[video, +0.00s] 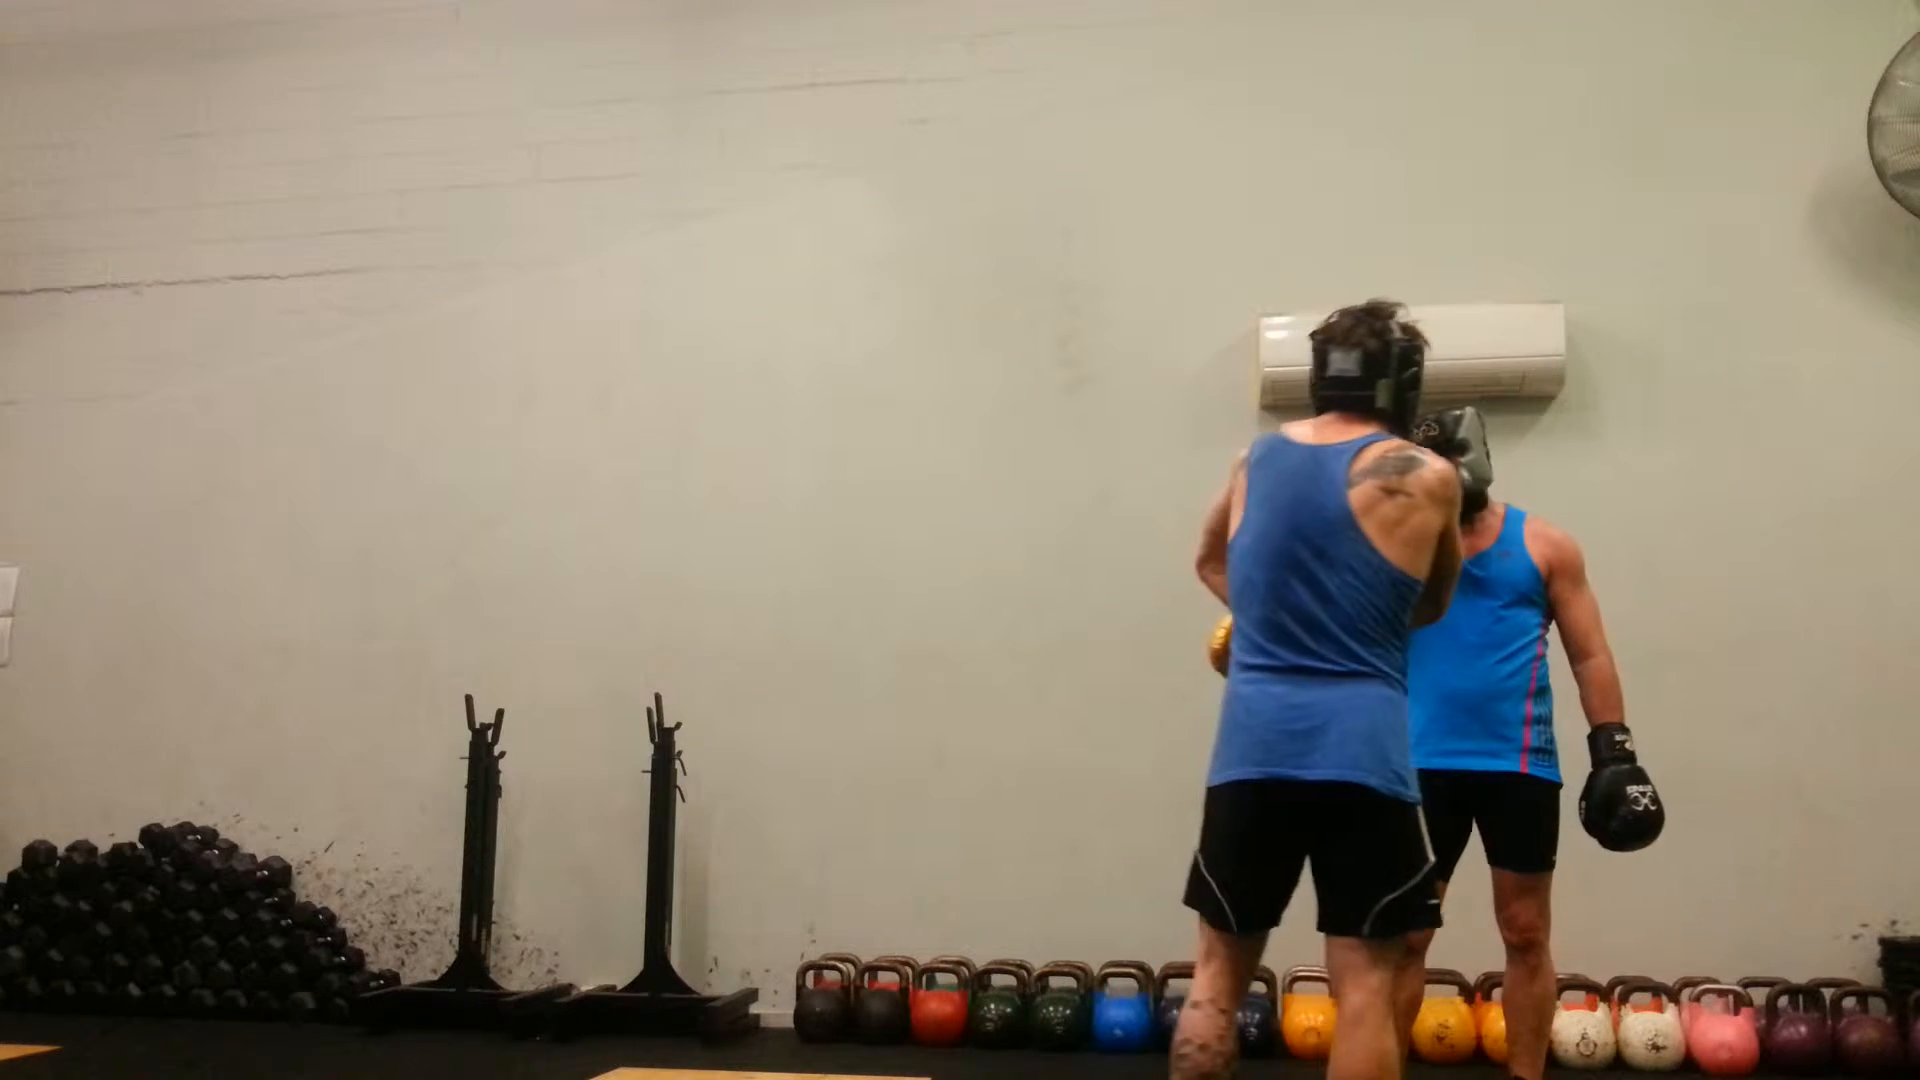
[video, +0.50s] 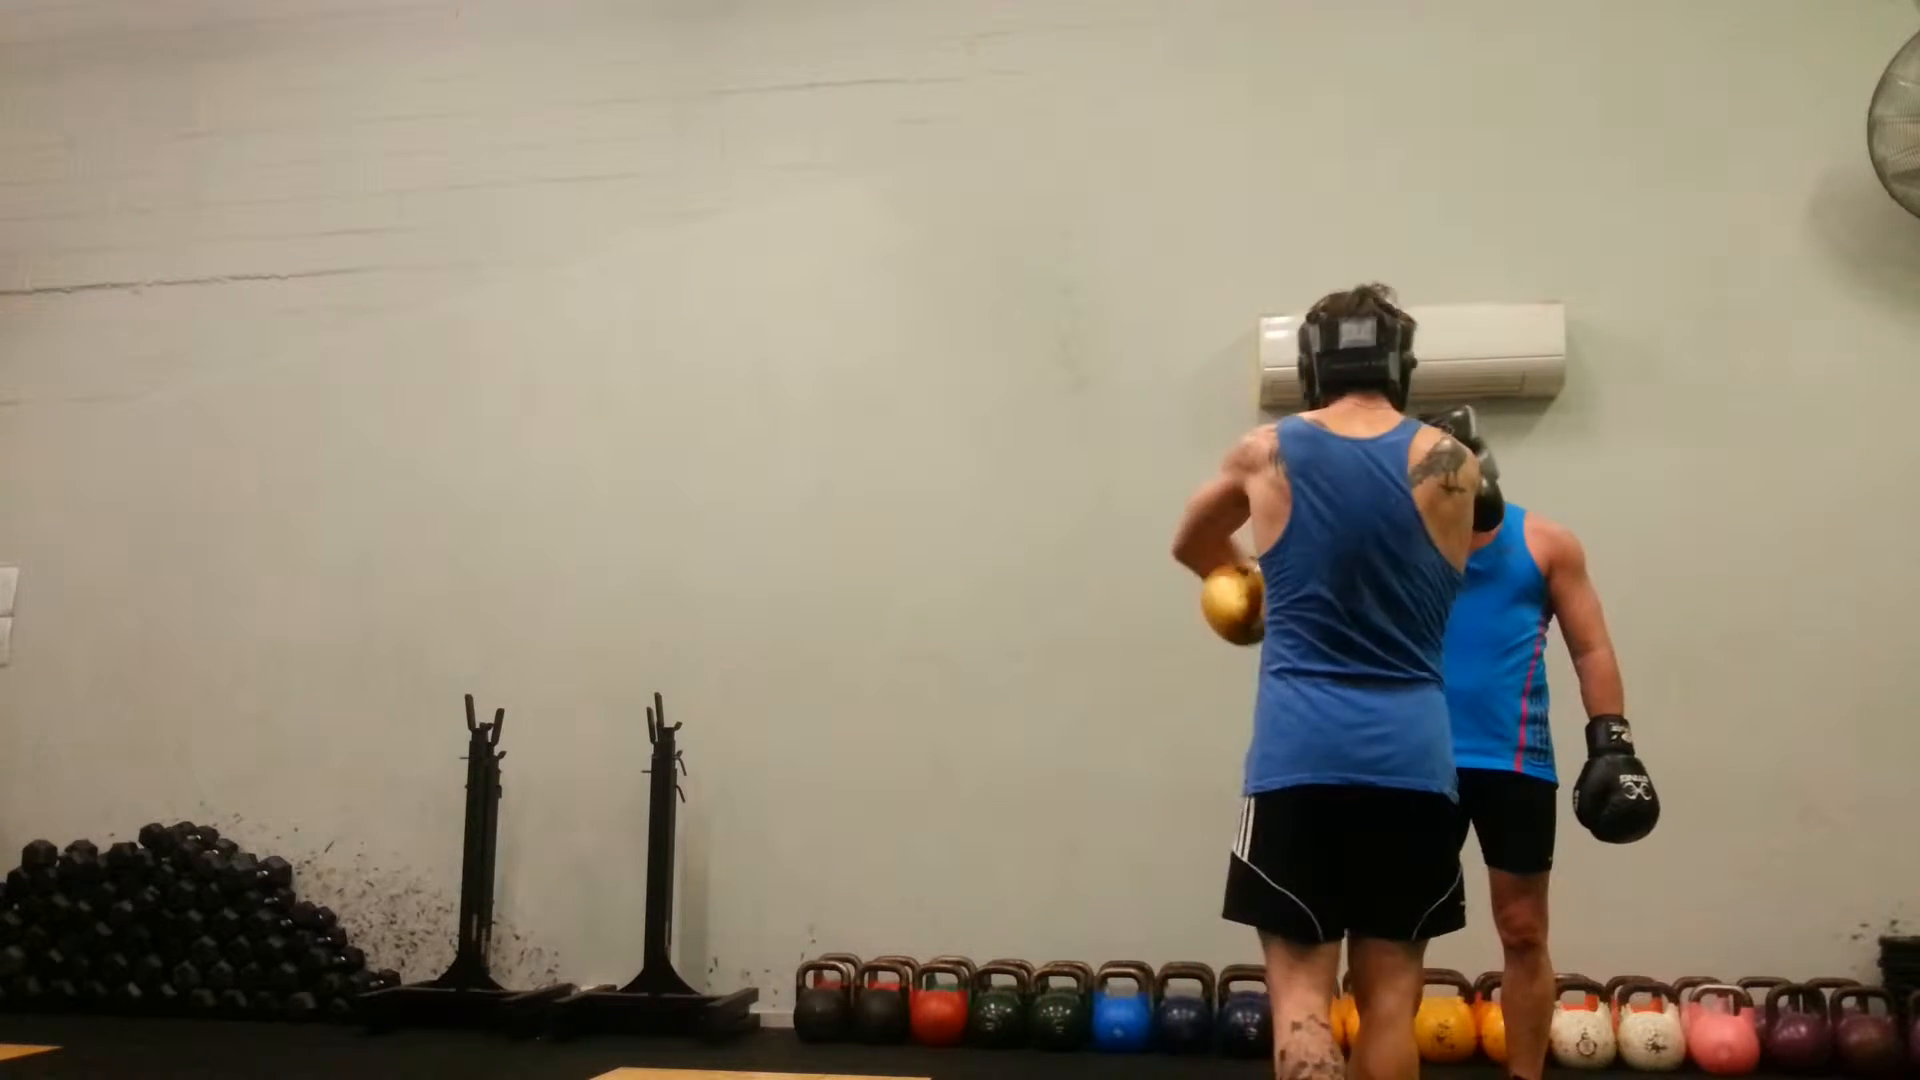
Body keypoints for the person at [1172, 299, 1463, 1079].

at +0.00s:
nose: (1419, 385)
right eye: (1416, 374)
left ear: (1318, 375)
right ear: (1406, 384)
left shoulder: (1258, 456)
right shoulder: (1430, 476)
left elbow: (1211, 562)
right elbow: (1431, 601)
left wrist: (1285, 621)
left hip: (1251, 758)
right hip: (1364, 762)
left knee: (1216, 975)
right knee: (1363, 985)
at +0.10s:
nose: (1423, 380)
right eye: (1420, 370)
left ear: (1324, 374)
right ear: (1413, 382)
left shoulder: (1266, 455)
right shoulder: (1443, 476)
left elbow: (1215, 554)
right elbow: (1434, 583)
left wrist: (1287, 612)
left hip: (1264, 761)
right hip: (1379, 765)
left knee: (1237, 979)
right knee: (1374, 993)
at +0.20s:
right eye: (1419, 363)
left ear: (1326, 369)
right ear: (1415, 374)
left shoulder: (1265, 452)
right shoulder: (1449, 473)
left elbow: (1213, 549)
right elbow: (1444, 561)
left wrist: (1274, 602)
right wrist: (1467, 461)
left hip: (1276, 764)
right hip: (1392, 769)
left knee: (1258, 986)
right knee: (1382, 997)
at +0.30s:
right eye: (1412, 364)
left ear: (1324, 371)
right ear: (1413, 373)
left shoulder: (1266, 452)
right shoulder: (1457, 472)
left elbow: (1206, 544)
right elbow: (1471, 537)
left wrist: (1257, 596)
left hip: (1287, 766)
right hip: (1404, 770)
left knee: (1279, 999)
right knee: (1387, 1001)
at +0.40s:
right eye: (1407, 359)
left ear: (1318, 368)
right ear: (1408, 370)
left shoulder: (1265, 453)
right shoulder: (1456, 469)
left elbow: (1199, 538)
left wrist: (1256, 588)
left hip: (1294, 767)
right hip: (1411, 769)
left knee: (1292, 1003)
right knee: (1389, 1004)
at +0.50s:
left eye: (1311, 358)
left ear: (1312, 363)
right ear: (1401, 364)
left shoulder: (1266, 449)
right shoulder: (1453, 462)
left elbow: (1194, 542)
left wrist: (1244, 579)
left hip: (1297, 760)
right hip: (1415, 762)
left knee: (1300, 996)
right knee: (1390, 999)